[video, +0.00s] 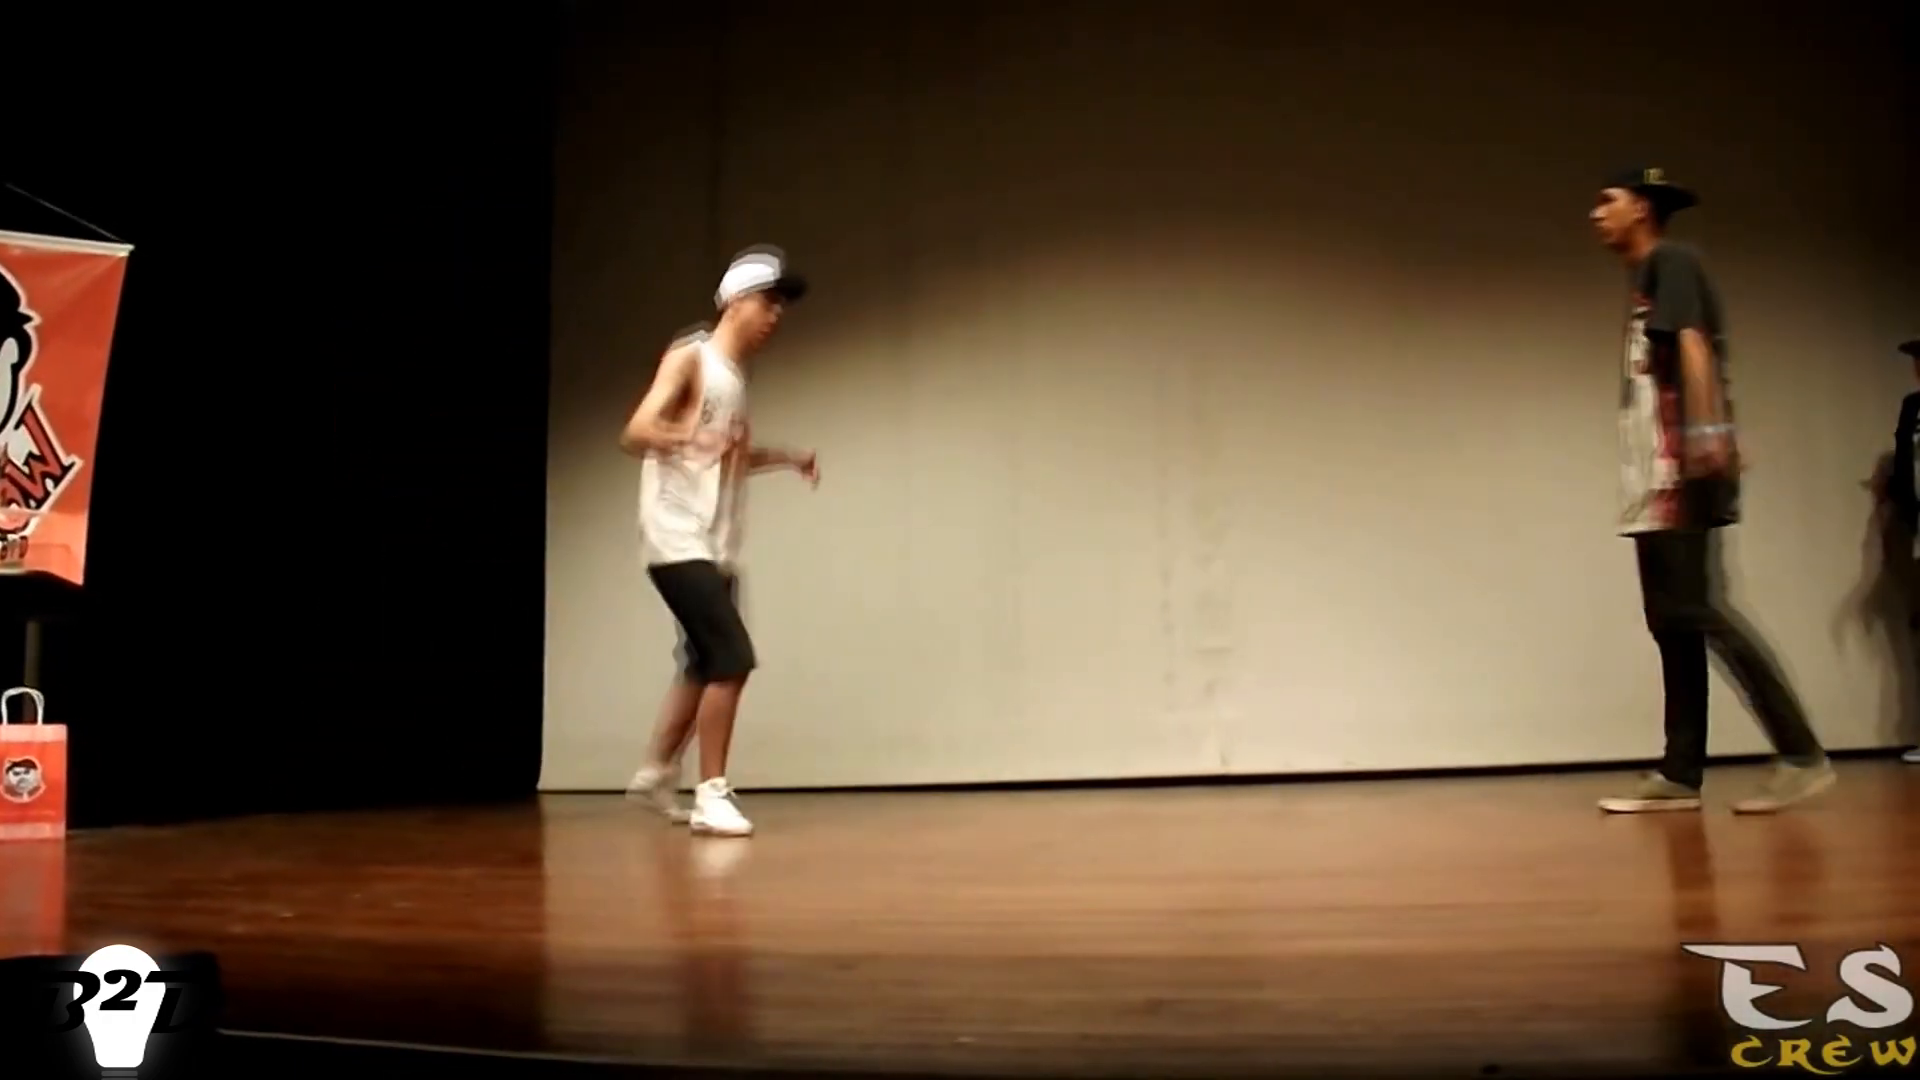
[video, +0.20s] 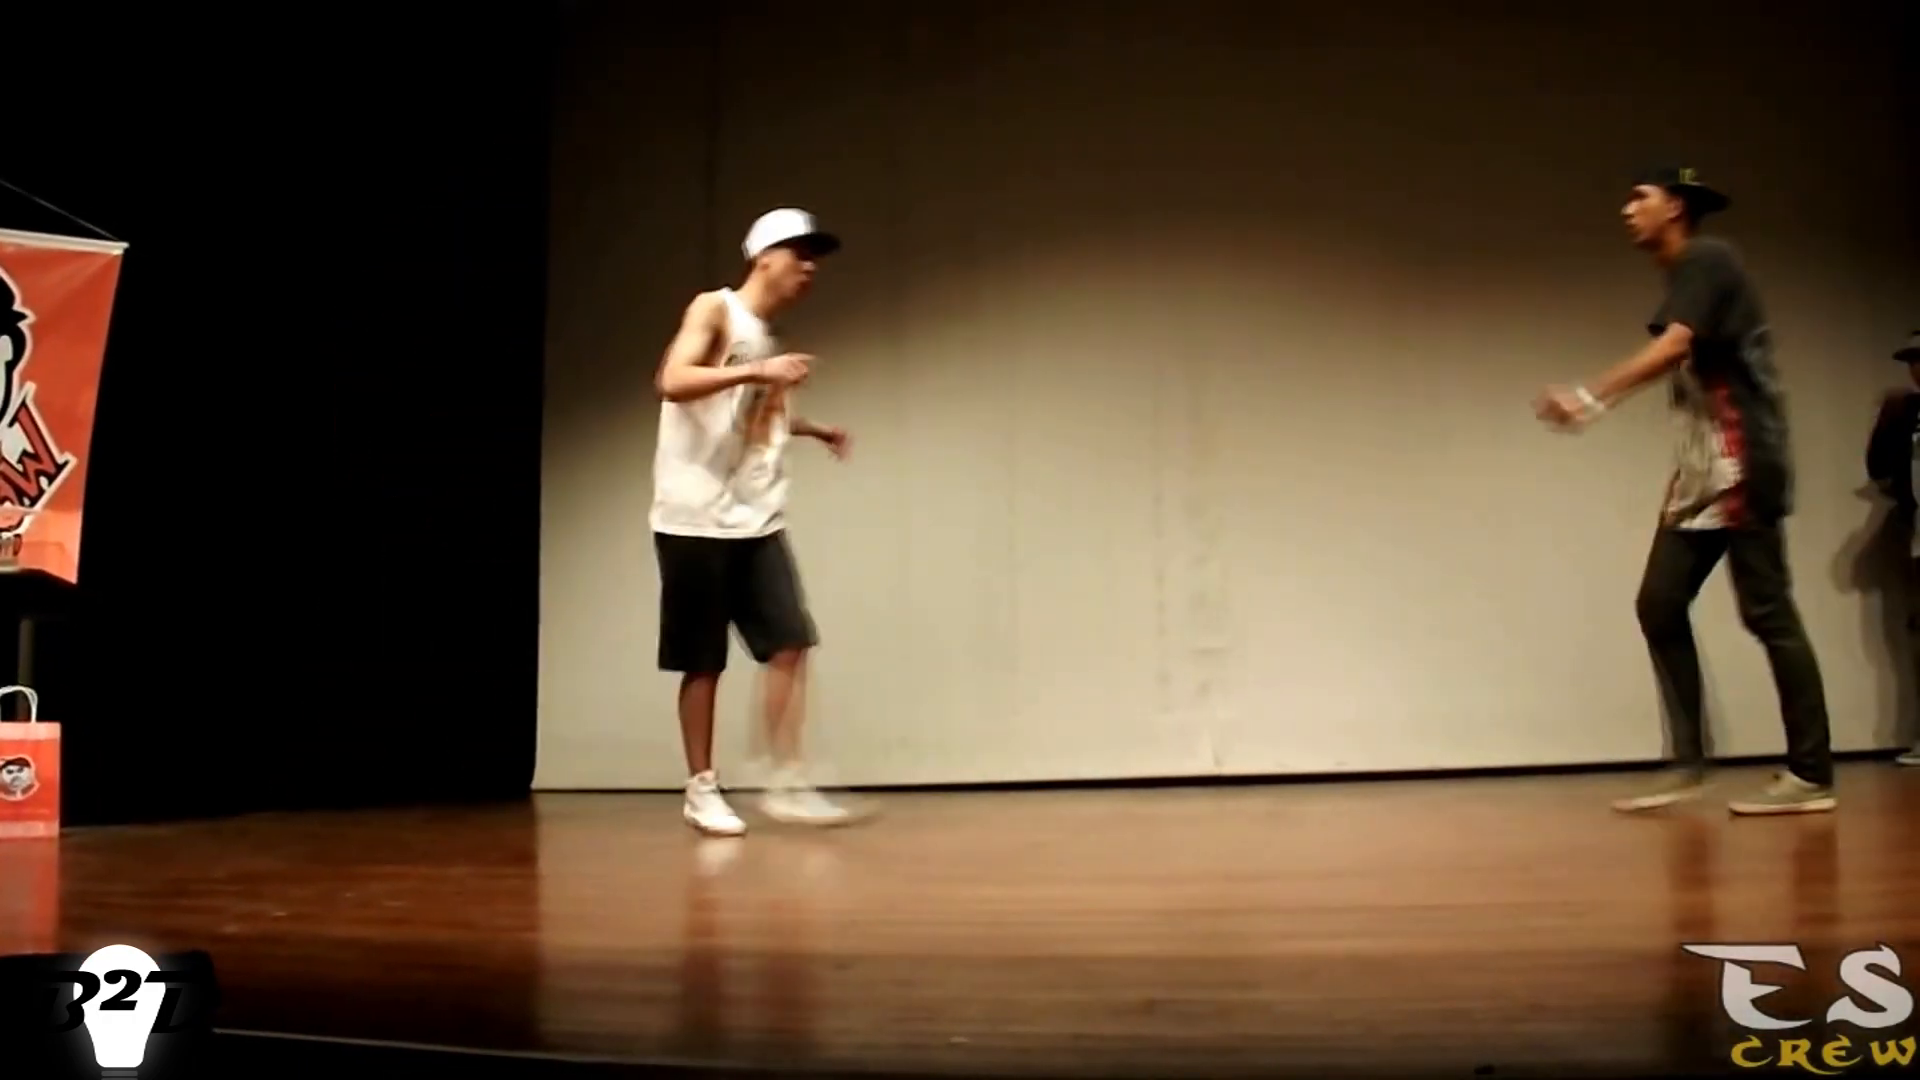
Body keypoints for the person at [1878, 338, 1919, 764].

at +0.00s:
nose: (1914, 370)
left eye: (1915, 363)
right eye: (1913, 363)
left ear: (1916, 366)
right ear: (1913, 366)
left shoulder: (1911, 409)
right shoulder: (1910, 408)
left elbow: (1903, 479)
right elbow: (1902, 478)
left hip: (1913, 552)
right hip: (1912, 552)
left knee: (1914, 650)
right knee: (1914, 647)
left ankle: (1916, 736)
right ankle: (1915, 736)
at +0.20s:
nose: (1916, 371)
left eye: (1918, 363)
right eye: (1913, 363)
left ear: (1918, 367)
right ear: (1909, 367)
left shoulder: (1903, 409)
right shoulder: (1901, 408)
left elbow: (1882, 467)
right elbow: (1882, 467)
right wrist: (1906, 496)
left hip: (1911, 542)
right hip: (1908, 541)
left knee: (1912, 642)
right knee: (1913, 640)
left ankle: (1917, 737)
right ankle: (1917, 736)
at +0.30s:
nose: (1911, 370)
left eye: (1914, 362)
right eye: (1909, 362)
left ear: (1919, 365)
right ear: (1908, 366)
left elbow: (1879, 456)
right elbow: (1876, 458)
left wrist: (1898, 405)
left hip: (1915, 538)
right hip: (1909, 537)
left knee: (1911, 638)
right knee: (1911, 636)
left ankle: (1919, 736)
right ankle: (1917, 736)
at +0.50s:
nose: (1914, 367)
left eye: (1916, 359)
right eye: (1911, 359)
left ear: (1919, 362)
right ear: (1908, 363)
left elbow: (1878, 454)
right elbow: (1875, 455)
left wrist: (1899, 402)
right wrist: (1902, 401)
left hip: (1914, 536)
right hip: (1909, 535)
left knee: (1911, 638)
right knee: (1910, 637)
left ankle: (1912, 732)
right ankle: (1911, 732)